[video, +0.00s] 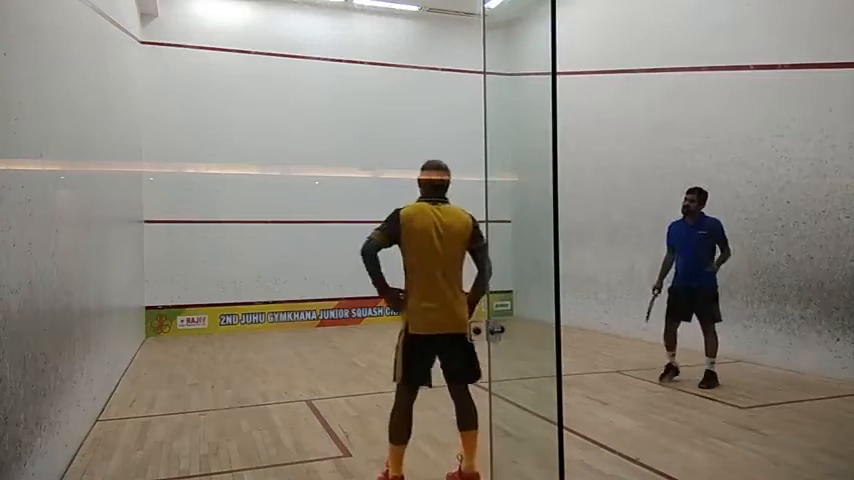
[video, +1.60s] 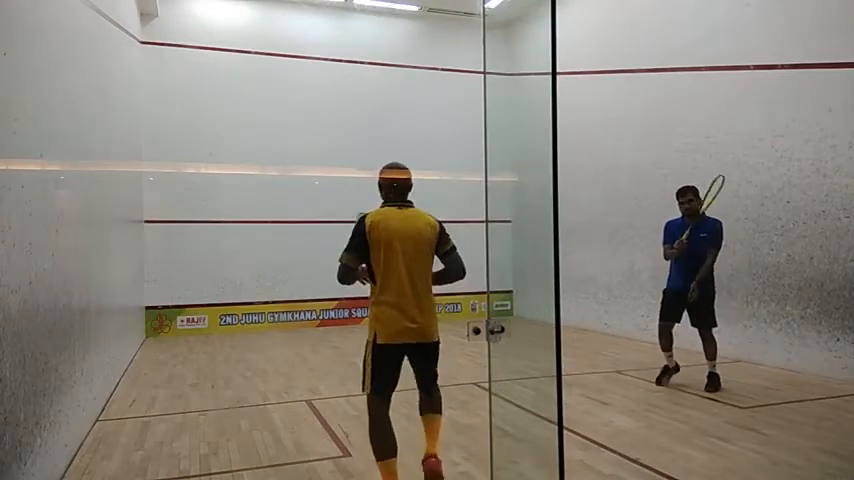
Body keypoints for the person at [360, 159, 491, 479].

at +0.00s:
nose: (432, 184)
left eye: (426, 179)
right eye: (438, 179)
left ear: (419, 184)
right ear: (449, 185)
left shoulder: (403, 216)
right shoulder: (466, 220)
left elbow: (368, 250)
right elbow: (485, 271)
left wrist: (386, 292)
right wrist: (469, 302)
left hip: (417, 324)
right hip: (455, 322)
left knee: (405, 397)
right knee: (461, 394)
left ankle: (394, 471)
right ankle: (470, 467)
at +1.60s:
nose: (384, 190)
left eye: (383, 185)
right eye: (391, 184)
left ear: (381, 188)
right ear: (410, 188)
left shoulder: (369, 222)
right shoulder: (429, 222)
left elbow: (344, 276)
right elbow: (457, 270)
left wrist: (363, 271)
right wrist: (425, 279)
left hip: (386, 330)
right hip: (425, 327)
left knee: (378, 406)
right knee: (429, 385)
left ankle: (390, 475)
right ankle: (432, 453)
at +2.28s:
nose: (376, 197)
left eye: (377, 192)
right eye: (379, 191)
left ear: (380, 195)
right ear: (404, 197)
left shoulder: (376, 222)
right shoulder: (421, 228)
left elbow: (367, 269)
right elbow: (439, 275)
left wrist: (357, 275)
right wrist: (407, 277)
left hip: (401, 324)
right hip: (429, 320)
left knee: (398, 393)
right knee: (422, 384)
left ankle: (425, 469)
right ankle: (424, 456)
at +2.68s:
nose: (352, 210)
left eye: (354, 205)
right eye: (354, 205)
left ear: (358, 209)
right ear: (382, 210)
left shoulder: (362, 236)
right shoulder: (392, 240)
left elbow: (361, 285)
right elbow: (392, 296)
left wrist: (333, 316)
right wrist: (356, 312)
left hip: (392, 338)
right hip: (410, 335)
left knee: (374, 409)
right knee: (395, 396)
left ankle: (410, 474)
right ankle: (420, 459)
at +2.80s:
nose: (336, 223)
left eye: (339, 218)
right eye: (338, 217)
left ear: (347, 222)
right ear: (365, 221)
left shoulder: (358, 254)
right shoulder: (367, 251)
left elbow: (361, 309)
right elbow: (363, 306)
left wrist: (327, 340)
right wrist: (329, 310)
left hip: (387, 349)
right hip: (377, 345)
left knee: (362, 420)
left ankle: (403, 472)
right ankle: (385, 435)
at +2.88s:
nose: (324, 225)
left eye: (329, 220)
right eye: (326, 220)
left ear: (341, 224)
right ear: (348, 226)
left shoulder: (352, 259)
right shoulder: (344, 260)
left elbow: (356, 316)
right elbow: (330, 304)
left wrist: (320, 355)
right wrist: (314, 303)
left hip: (382, 349)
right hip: (367, 345)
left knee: (361, 421)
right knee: (335, 368)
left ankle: (405, 474)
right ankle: (346, 438)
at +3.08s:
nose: (280, 235)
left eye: (282, 231)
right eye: (280, 230)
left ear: (291, 233)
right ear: (305, 229)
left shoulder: (315, 263)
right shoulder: (306, 253)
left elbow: (330, 316)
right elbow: (280, 266)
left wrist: (312, 361)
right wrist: (256, 281)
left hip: (340, 348)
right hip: (324, 347)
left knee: (349, 410)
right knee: (298, 389)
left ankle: (398, 473)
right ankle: (269, 442)